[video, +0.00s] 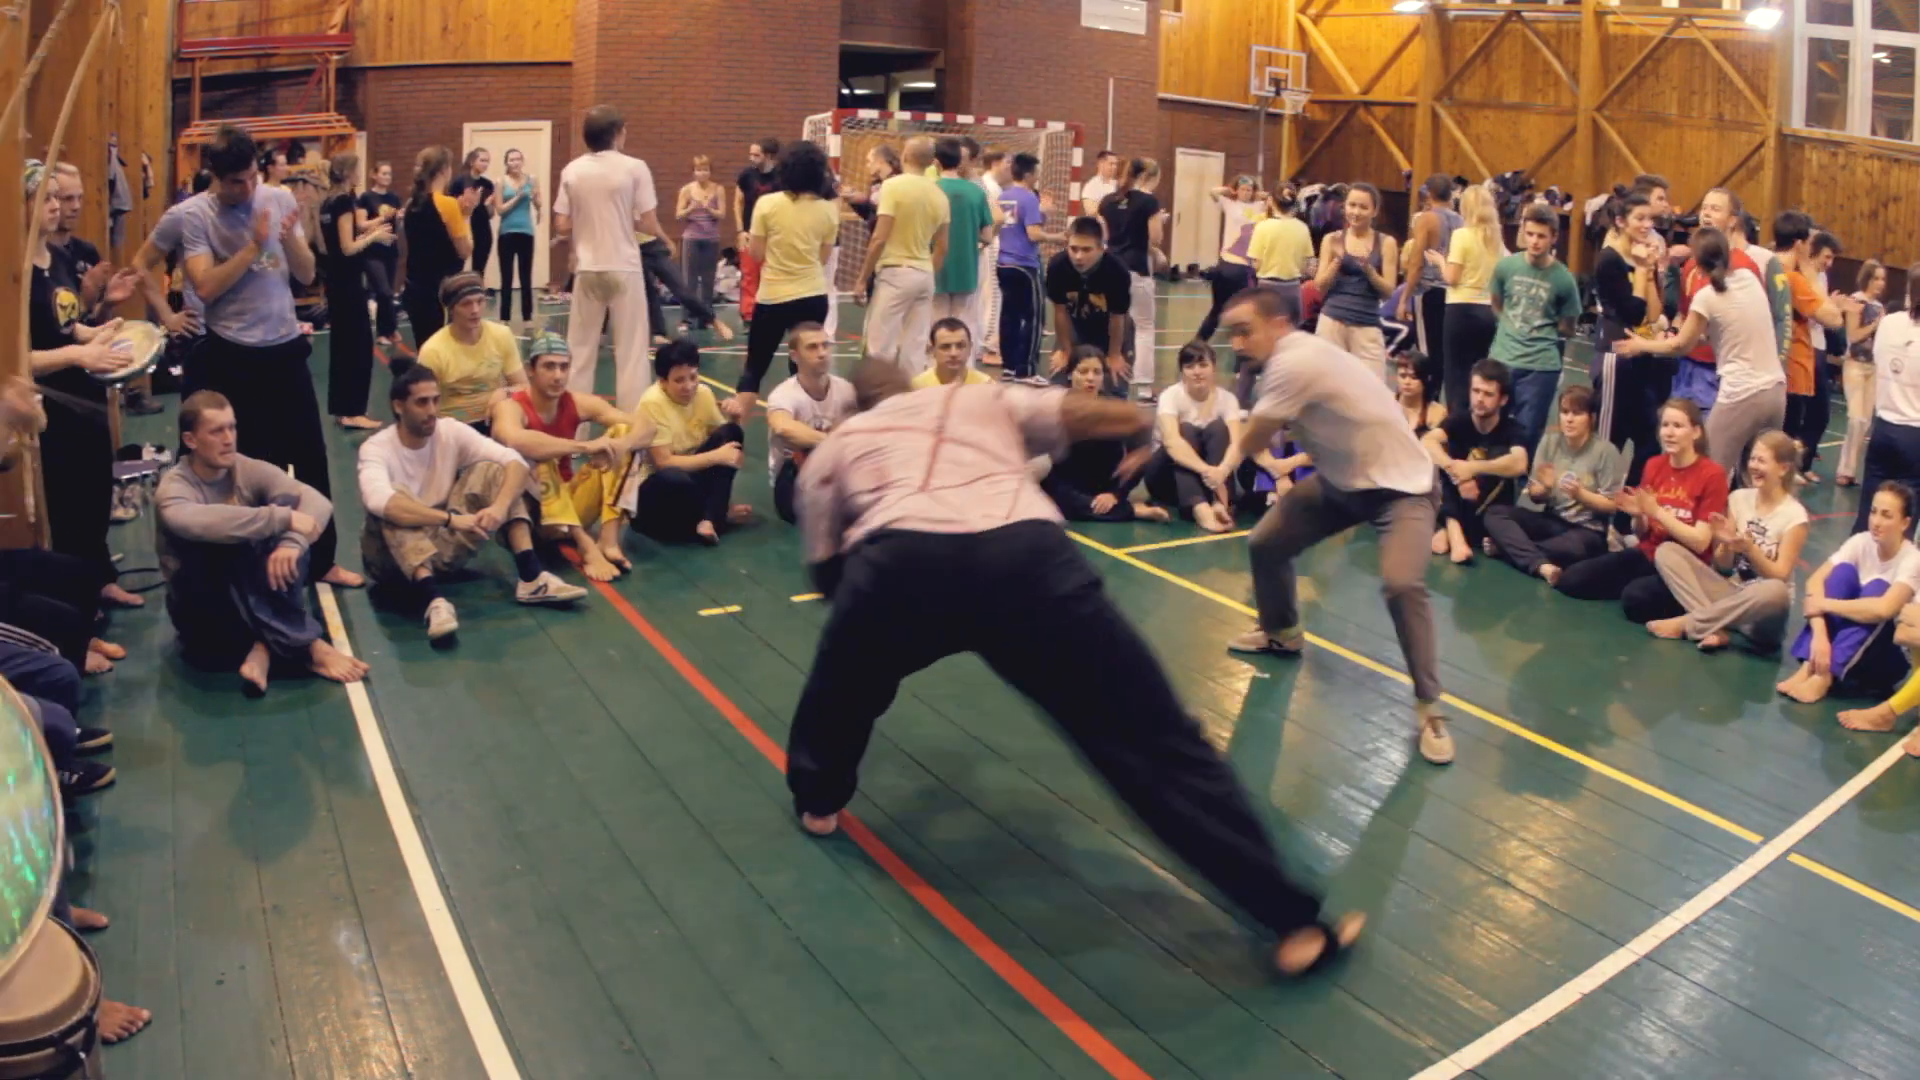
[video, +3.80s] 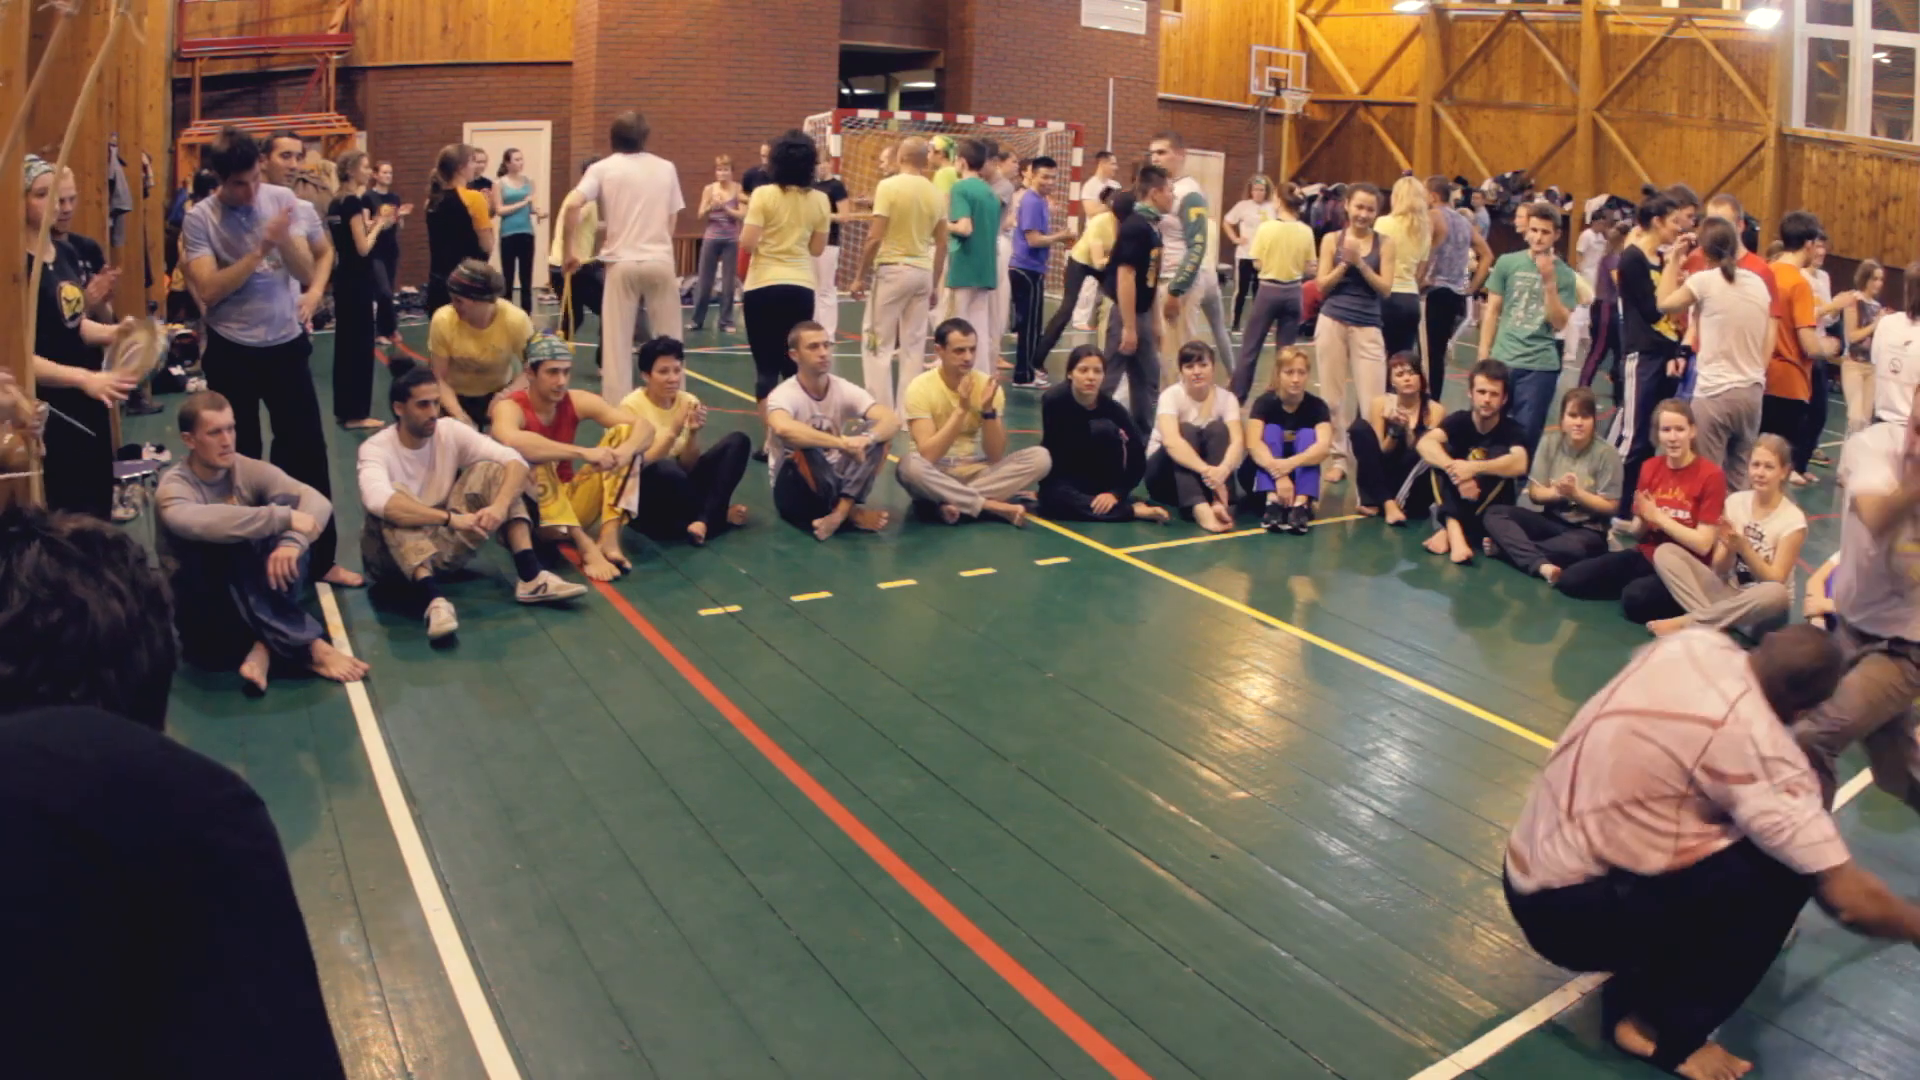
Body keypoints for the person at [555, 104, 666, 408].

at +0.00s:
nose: (625, 135)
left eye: (623, 130)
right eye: (623, 130)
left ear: (589, 136)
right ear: (617, 134)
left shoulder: (572, 170)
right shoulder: (634, 167)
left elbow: (562, 226)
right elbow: (647, 222)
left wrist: (586, 228)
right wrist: (665, 239)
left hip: (586, 268)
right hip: (625, 267)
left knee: (580, 348)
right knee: (631, 348)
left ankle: (573, 424)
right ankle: (633, 425)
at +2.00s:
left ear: (580, 139)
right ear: (613, 137)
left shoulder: (568, 174)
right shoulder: (634, 168)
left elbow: (559, 230)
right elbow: (647, 223)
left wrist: (588, 227)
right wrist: (620, 225)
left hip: (587, 265)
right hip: (625, 263)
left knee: (583, 342)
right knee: (644, 334)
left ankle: (583, 412)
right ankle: (653, 404)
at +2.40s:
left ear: (624, 142)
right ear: (656, 142)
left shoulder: (609, 172)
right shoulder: (675, 173)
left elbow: (589, 220)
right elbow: (689, 227)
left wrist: (614, 239)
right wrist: (662, 238)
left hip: (624, 266)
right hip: (664, 265)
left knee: (605, 347)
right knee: (679, 342)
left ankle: (590, 425)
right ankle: (689, 415)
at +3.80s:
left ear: (613, 139)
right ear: (644, 138)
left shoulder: (602, 168)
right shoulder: (666, 168)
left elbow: (572, 205)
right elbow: (672, 224)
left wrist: (569, 252)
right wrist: (655, 247)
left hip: (621, 265)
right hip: (660, 262)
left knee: (616, 344)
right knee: (670, 341)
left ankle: (618, 418)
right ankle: (673, 414)